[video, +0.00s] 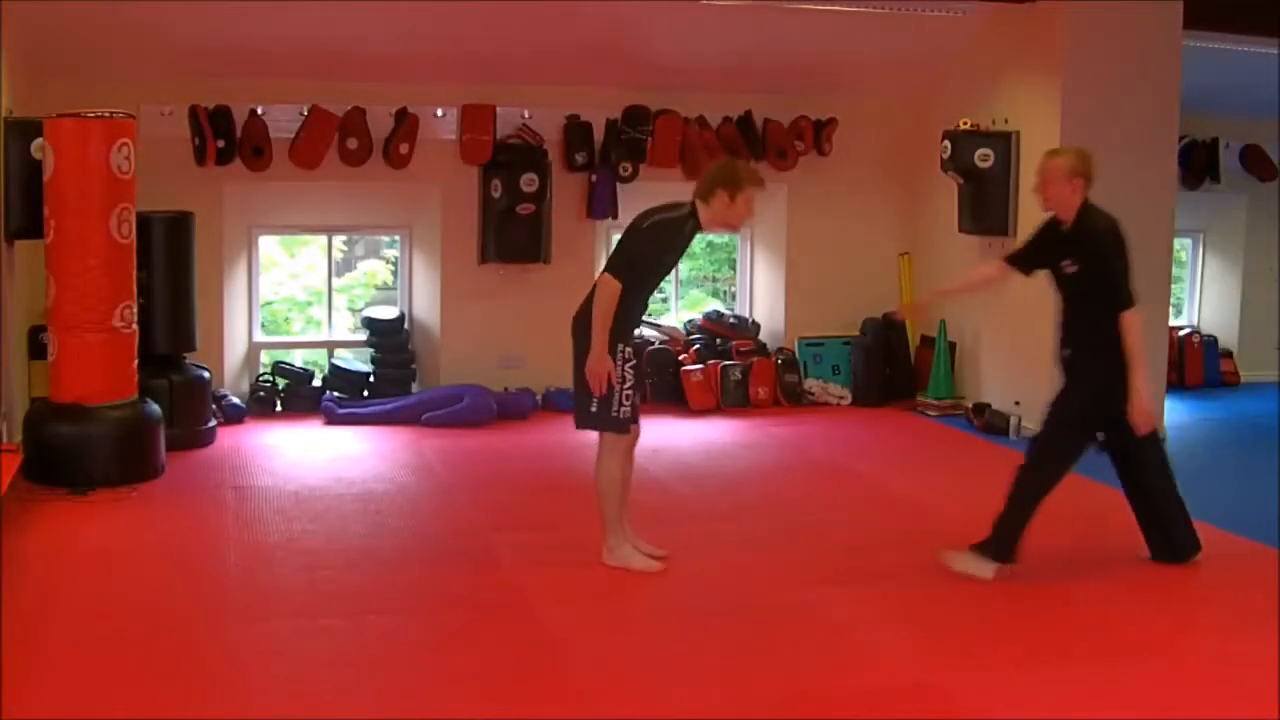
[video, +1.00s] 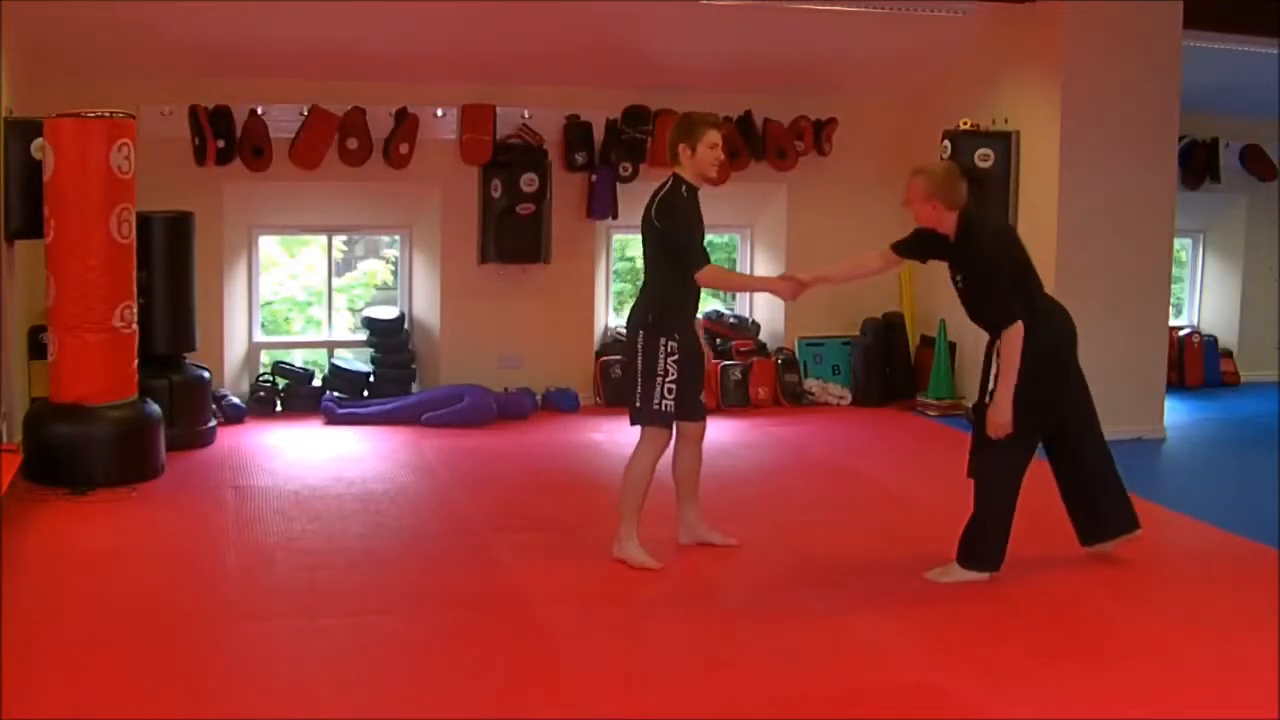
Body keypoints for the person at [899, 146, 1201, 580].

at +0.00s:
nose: (1038, 189)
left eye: (1046, 181)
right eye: (1039, 181)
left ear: (1076, 185)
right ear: (1063, 186)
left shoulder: (1102, 232)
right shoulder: (1054, 231)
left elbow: (1127, 314)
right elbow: (996, 271)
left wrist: (1140, 390)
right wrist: (931, 298)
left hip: (1101, 376)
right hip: (1094, 372)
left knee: (1043, 461)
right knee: (1140, 461)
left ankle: (995, 550)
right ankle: (1178, 545)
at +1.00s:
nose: (909, 210)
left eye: (913, 202)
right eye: (910, 202)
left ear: (936, 207)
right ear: (941, 203)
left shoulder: (985, 239)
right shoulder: (944, 233)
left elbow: (1012, 324)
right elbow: (881, 260)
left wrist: (1002, 398)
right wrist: (809, 279)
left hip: (1029, 345)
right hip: (1040, 333)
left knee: (996, 450)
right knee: (1068, 432)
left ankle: (979, 560)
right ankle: (1107, 523)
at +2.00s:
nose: (1077, 193)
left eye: (1082, 184)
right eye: (1077, 185)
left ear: (1110, 184)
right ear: (1108, 185)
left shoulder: (1150, 219)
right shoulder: (1133, 224)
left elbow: (1202, 277)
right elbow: (1186, 280)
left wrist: (1232, 320)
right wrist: (1224, 322)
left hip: (1192, 354)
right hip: (1167, 354)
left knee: (1210, 456)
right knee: (1156, 447)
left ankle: (1263, 559)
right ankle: (1156, 547)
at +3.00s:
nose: (1011, 147)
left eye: (1021, 139)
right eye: (1015, 139)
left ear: (1047, 150)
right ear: (1047, 151)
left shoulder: (1046, 196)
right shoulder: (1054, 194)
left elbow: (967, 190)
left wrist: (899, 180)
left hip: (1047, 332)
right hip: (1054, 328)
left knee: (1015, 440)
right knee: (1073, 437)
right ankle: (1104, 544)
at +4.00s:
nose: (785, 157)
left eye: (793, 148)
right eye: (777, 150)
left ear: (815, 149)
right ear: (771, 154)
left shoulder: (835, 190)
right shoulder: (767, 192)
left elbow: (787, 201)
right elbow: (728, 203)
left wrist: (733, 194)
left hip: (824, 321)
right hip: (780, 320)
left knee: (825, 429)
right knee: (776, 424)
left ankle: (838, 542)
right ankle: (782, 526)